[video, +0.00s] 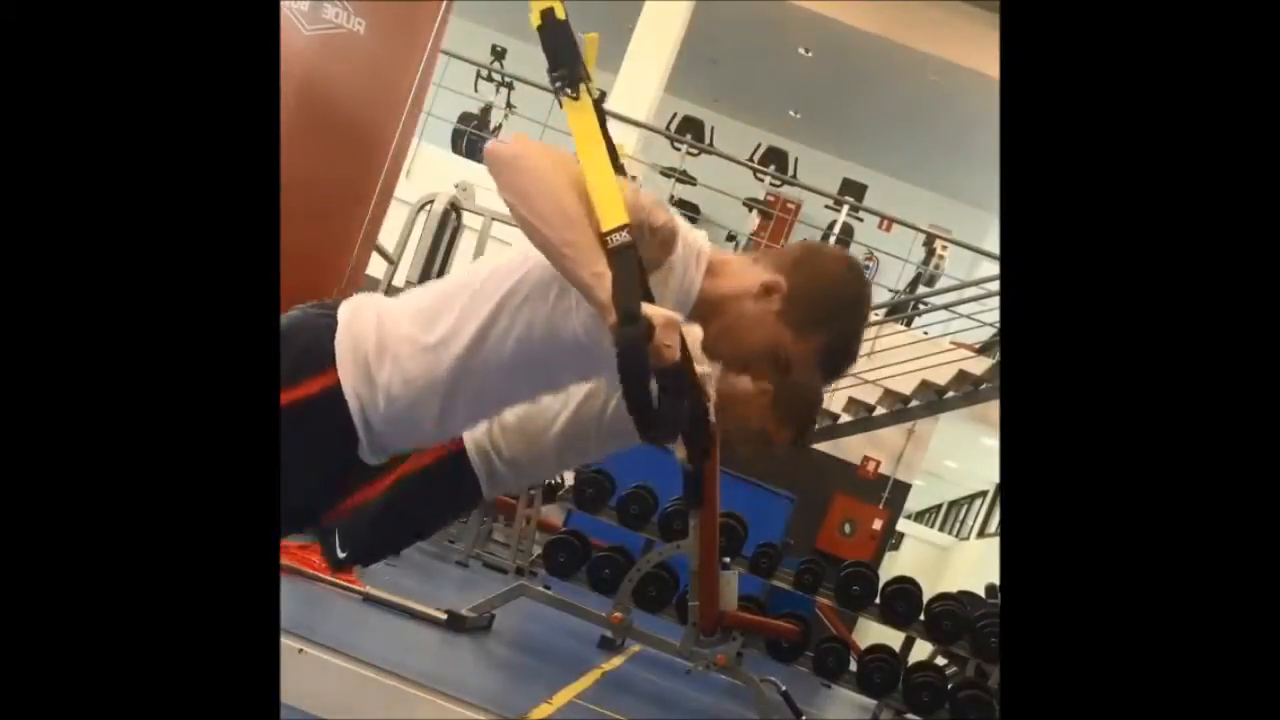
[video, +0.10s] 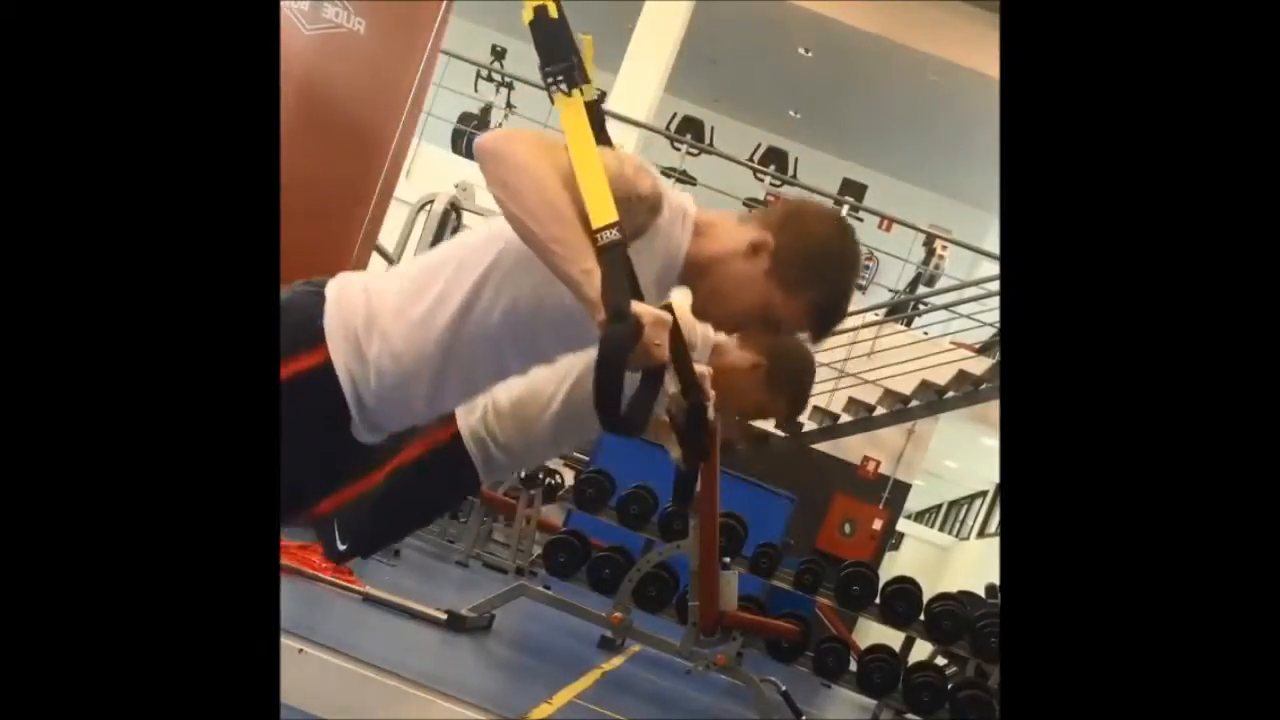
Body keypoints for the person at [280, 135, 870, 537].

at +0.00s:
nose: (757, 375)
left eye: (776, 376)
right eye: (776, 362)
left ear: (768, 291)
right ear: (770, 294)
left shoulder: (681, 336)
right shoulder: (664, 244)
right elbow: (515, 157)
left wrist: (666, 405)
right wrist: (629, 311)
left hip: (364, 440)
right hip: (329, 384)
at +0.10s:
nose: (745, 333)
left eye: (767, 330)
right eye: (766, 316)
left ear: (760, 248)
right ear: (758, 248)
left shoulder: (659, 288)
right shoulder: (642, 195)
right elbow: (506, 152)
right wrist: (615, 308)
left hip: (364, 422)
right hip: (325, 361)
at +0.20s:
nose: (738, 295)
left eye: (758, 292)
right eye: (756, 280)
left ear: (745, 205)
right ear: (747, 208)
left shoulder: (654, 250)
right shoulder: (630, 158)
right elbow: (503, 145)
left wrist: (659, 401)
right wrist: (615, 302)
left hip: (362, 404)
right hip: (318, 340)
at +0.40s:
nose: (716, 235)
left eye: (735, 231)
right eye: (732, 213)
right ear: (716, 141)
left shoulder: (624, 209)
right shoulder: (605, 107)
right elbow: (501, 134)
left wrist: (663, 383)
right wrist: (596, 287)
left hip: (352, 365)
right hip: (305, 303)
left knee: (287, 482)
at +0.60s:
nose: (695, 173)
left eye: (713, 165)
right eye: (708, 151)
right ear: (687, 75)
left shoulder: (600, 152)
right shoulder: (556, 47)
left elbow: (621, 256)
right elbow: (507, 148)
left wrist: (667, 367)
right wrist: (607, 292)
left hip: (335, 336)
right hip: (291, 275)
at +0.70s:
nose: (683, 135)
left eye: (700, 129)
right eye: (694, 111)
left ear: (662, 36)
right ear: (666, 35)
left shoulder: (583, 129)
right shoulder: (529, 22)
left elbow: (615, 248)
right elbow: (513, 144)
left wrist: (666, 366)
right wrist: (607, 292)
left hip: (328, 326)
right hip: (288, 264)